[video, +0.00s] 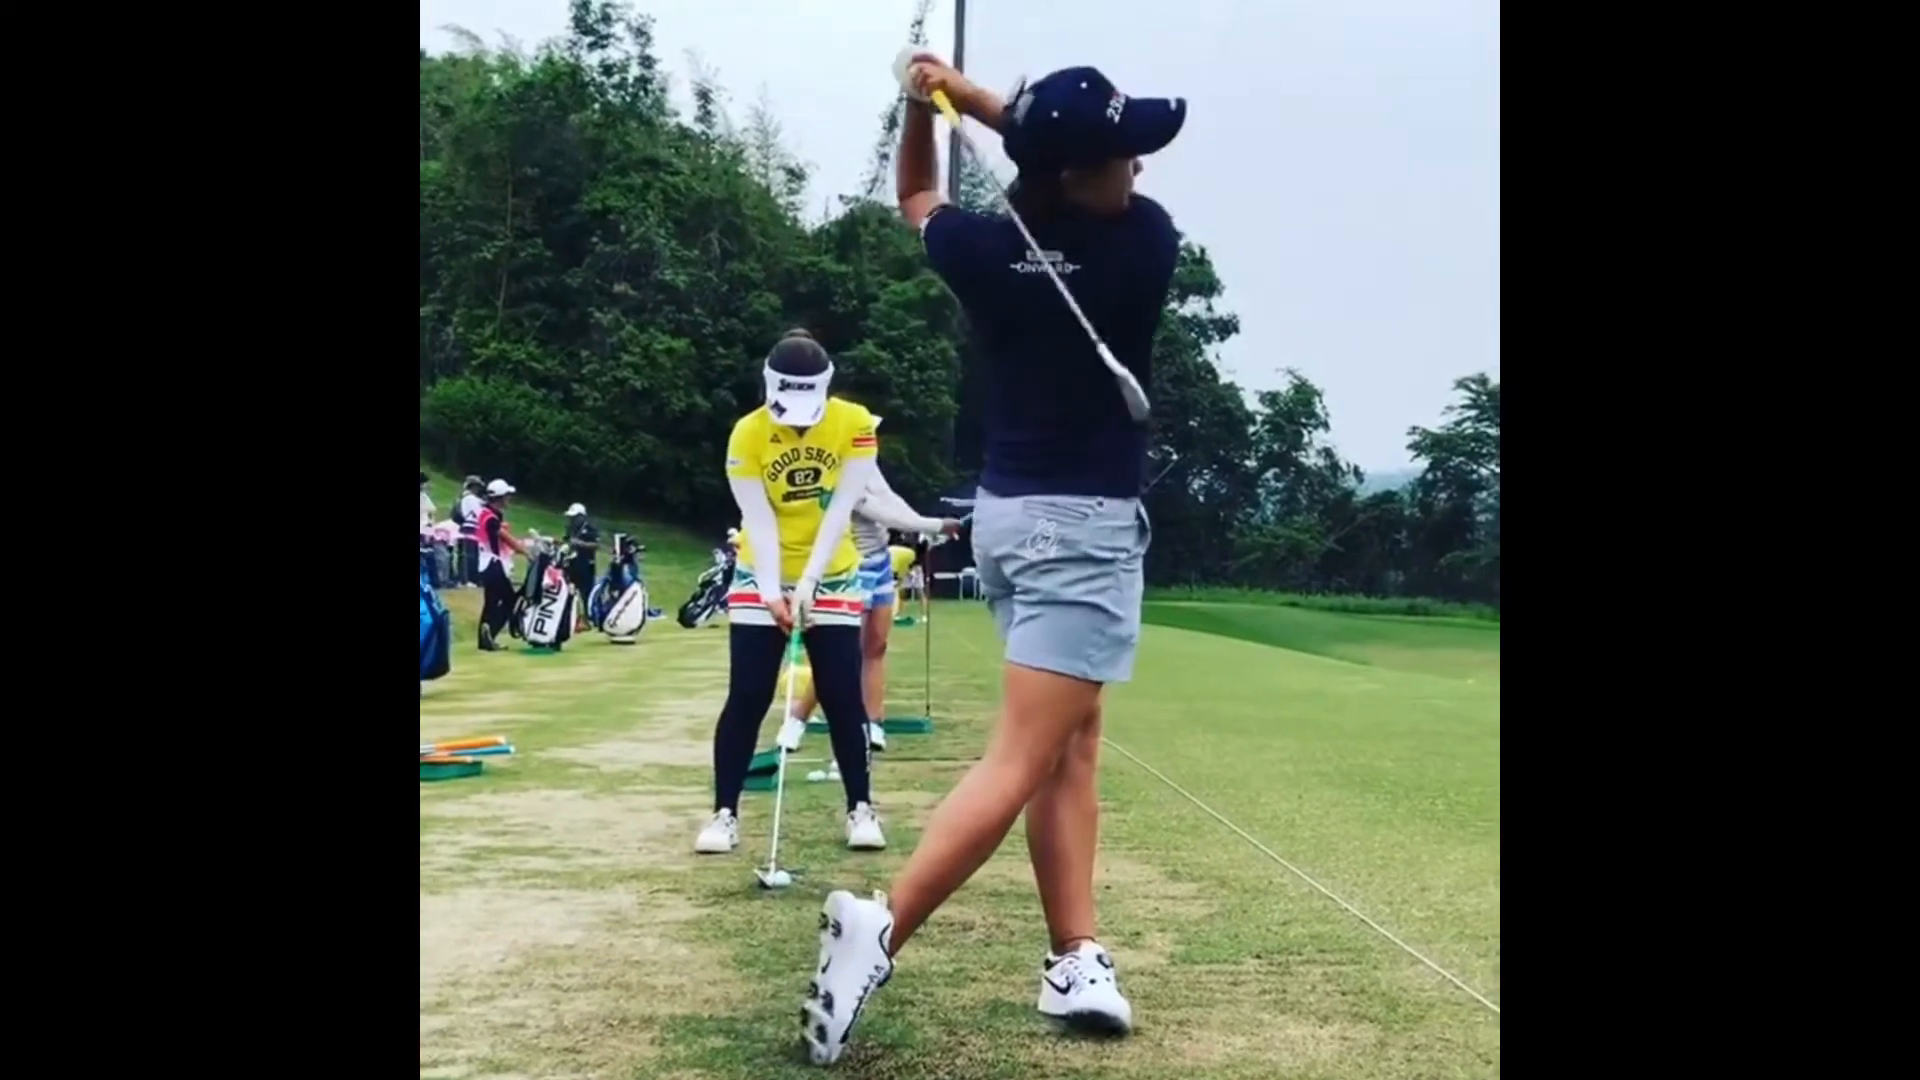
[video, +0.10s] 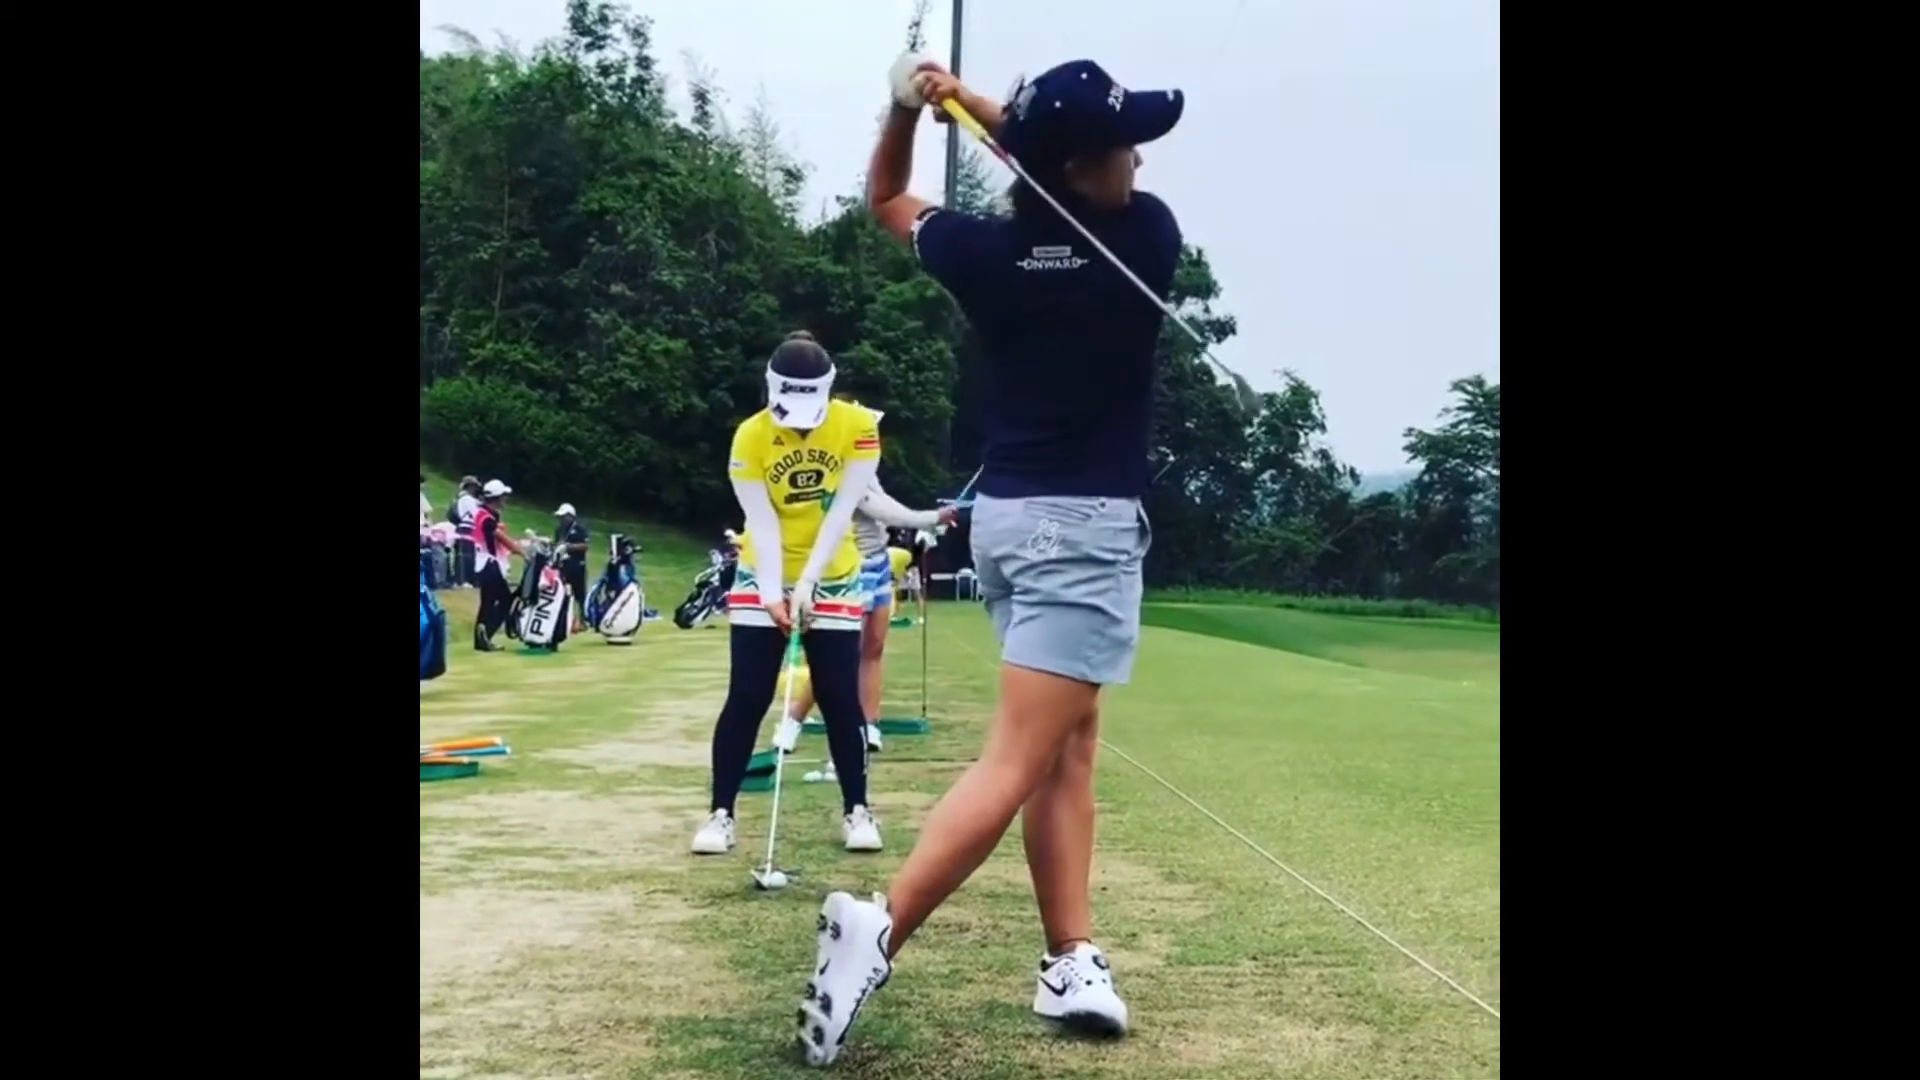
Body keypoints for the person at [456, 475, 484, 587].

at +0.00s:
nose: (480, 490)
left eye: (479, 488)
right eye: (479, 488)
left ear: (467, 487)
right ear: (476, 488)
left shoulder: (462, 499)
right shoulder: (478, 501)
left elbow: (456, 515)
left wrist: (463, 522)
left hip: (463, 529)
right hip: (473, 530)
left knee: (462, 555)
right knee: (472, 555)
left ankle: (463, 578)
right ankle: (472, 579)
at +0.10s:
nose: (476, 491)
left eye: (476, 488)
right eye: (475, 488)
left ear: (464, 487)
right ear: (472, 488)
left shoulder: (459, 500)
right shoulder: (474, 501)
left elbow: (452, 515)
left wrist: (459, 523)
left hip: (460, 531)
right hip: (470, 532)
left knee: (459, 557)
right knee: (469, 556)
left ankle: (459, 579)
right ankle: (468, 580)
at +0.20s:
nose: (472, 491)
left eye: (472, 489)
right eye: (471, 489)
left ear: (460, 489)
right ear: (469, 489)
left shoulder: (456, 501)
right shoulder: (472, 503)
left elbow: (447, 515)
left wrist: (455, 523)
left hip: (457, 531)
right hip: (467, 532)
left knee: (456, 557)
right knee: (466, 556)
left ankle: (456, 580)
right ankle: (466, 580)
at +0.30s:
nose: (470, 492)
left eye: (469, 490)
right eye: (469, 490)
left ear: (458, 490)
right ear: (467, 490)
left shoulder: (454, 502)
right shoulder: (471, 504)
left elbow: (445, 516)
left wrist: (453, 525)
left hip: (454, 534)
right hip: (464, 534)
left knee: (454, 558)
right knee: (463, 558)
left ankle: (453, 582)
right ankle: (464, 581)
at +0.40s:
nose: (468, 493)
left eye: (468, 491)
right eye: (467, 491)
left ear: (457, 491)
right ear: (464, 491)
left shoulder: (452, 503)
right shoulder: (467, 505)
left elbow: (444, 518)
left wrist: (451, 526)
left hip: (452, 534)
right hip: (462, 535)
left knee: (452, 560)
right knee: (462, 559)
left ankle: (452, 583)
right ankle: (462, 583)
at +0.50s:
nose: (467, 495)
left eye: (467, 492)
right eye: (466, 492)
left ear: (456, 492)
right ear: (463, 492)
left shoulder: (450, 505)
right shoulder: (466, 507)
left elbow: (443, 520)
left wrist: (450, 528)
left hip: (452, 536)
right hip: (461, 537)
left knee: (452, 561)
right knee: (461, 560)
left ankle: (451, 584)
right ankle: (461, 584)